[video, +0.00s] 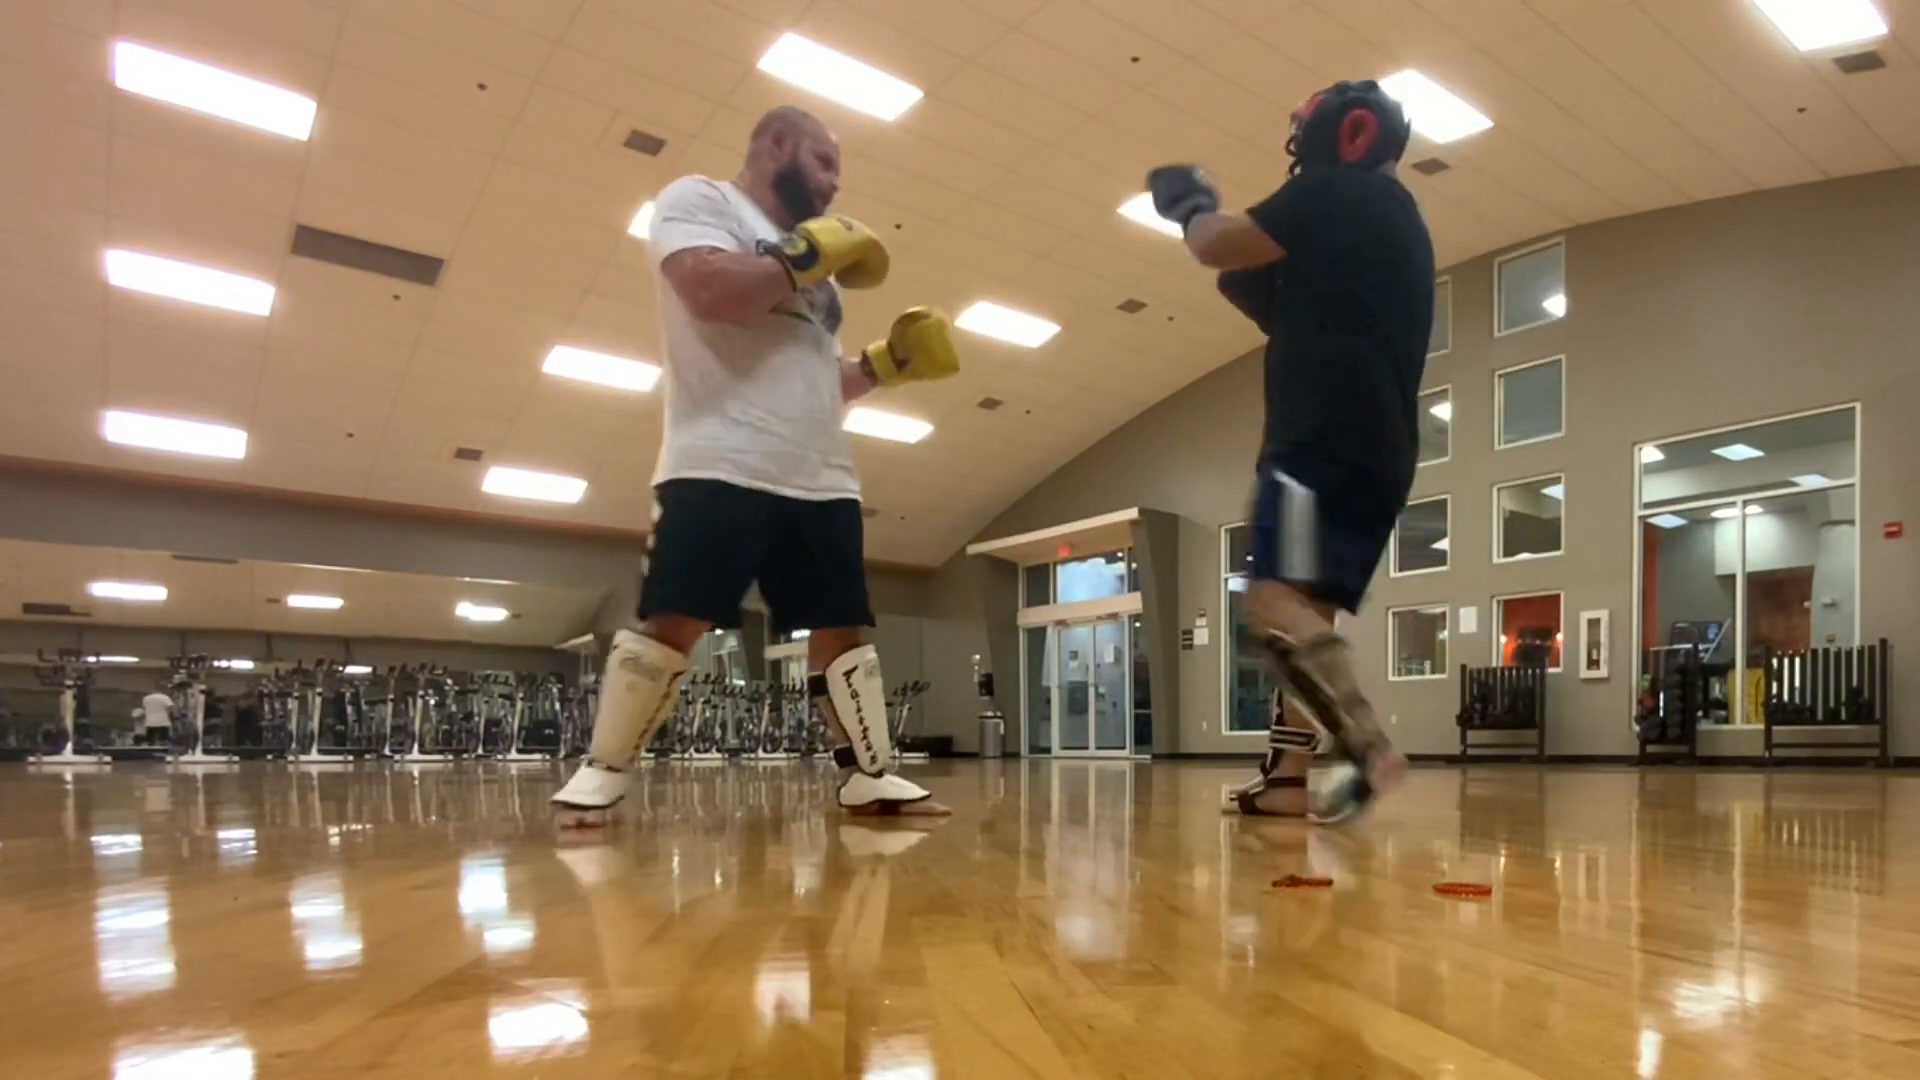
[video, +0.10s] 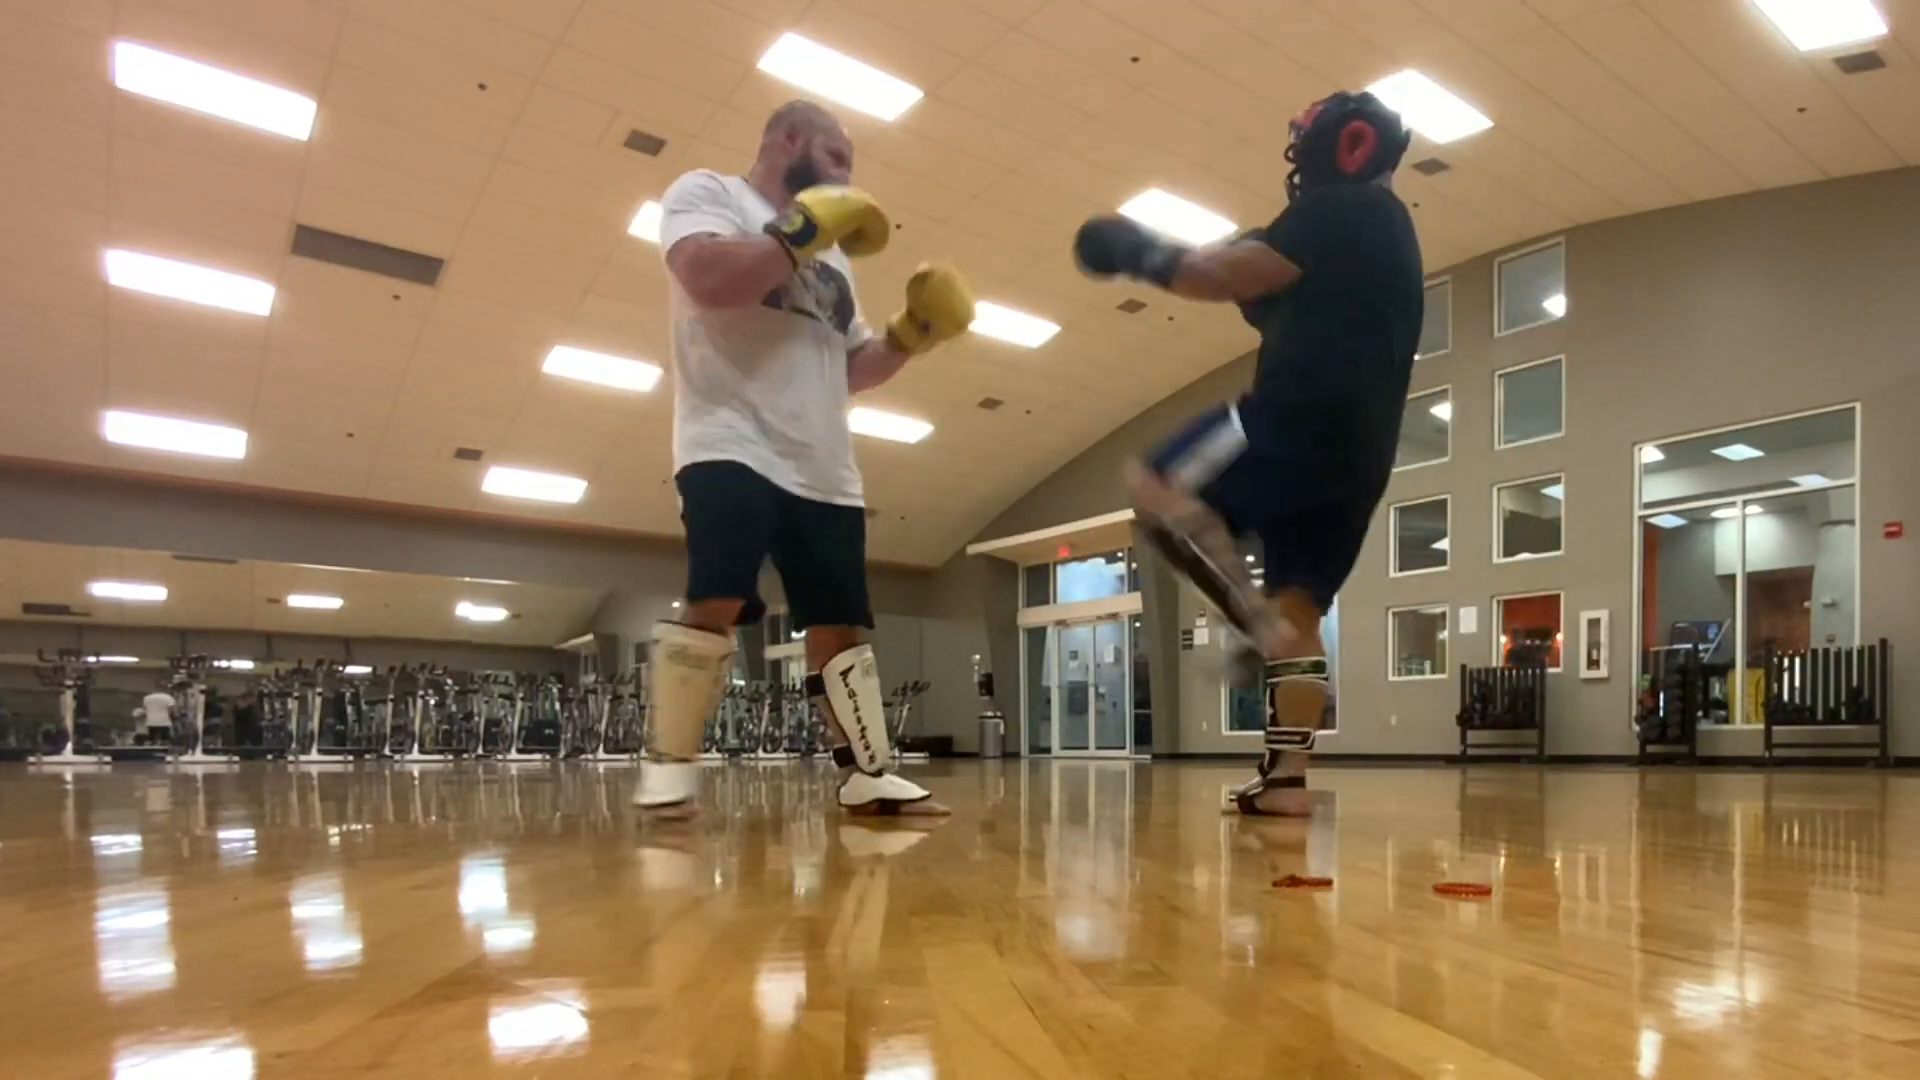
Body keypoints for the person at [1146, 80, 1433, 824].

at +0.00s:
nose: (1291, 140)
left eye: (1303, 125)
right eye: (1295, 129)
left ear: (1352, 130)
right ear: (1368, 140)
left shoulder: (1333, 192)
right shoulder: (1395, 215)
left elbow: (1216, 245)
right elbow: (1308, 321)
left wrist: (1192, 202)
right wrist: (1228, 262)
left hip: (1322, 423)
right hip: (1379, 434)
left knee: (1273, 596)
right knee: (1310, 606)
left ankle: (1371, 750)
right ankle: (1291, 777)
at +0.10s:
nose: (1291, 150)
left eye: (1302, 136)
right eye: (1295, 137)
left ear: (1345, 142)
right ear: (1364, 150)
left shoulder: (1338, 207)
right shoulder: (1387, 226)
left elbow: (1228, 274)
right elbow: (1287, 324)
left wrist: (1144, 253)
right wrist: (1233, 265)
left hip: (1299, 416)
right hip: (1363, 446)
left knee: (1163, 488)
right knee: (1295, 607)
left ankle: (1254, 617)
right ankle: (1288, 778)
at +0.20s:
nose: (1284, 148)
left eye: (1300, 136)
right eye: (1291, 137)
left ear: (1344, 153)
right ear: (1349, 158)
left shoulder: (1342, 211)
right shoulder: (1363, 231)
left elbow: (1280, 288)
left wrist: (1161, 304)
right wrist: (1251, 268)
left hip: (1283, 411)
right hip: (1330, 452)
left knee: (1134, 363)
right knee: (1283, 609)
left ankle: (1105, 511)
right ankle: (1285, 781)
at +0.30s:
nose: (1280, 167)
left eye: (1294, 156)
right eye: (1285, 156)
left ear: (1339, 166)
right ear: (1346, 170)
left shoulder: (1344, 216)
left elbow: (1331, 286)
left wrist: (1223, 324)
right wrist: (1171, 313)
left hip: (1263, 407)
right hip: (1308, 457)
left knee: (1115, 346)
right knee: (1272, 609)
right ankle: (1283, 780)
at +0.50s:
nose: (1289, 197)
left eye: (1302, 182)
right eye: (1292, 184)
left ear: (1342, 182)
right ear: (1358, 189)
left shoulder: (1359, 231)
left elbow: (1345, 290)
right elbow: (1289, 367)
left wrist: (1256, 276)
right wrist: (1226, 302)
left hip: (1260, 413)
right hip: (1309, 465)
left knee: (1095, 419)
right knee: (1267, 611)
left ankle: (948, 467)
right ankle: (1278, 781)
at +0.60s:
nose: (1290, 179)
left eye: (1304, 167)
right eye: (1293, 170)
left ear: (1349, 174)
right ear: (1355, 180)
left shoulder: (1366, 232)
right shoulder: (1324, 255)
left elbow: (1325, 279)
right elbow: (1301, 359)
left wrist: (1218, 223)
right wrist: (1248, 319)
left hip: (1274, 421)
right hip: (1318, 460)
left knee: (1121, 433)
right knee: (1273, 604)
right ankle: (1277, 780)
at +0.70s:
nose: (1294, 189)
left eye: (1308, 173)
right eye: (1296, 177)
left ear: (1355, 176)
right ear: (1361, 182)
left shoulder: (1367, 229)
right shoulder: (1351, 261)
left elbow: (1302, 257)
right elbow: (1287, 358)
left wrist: (1226, 177)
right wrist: (1237, 283)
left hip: (1296, 433)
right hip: (1349, 458)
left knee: (1167, 518)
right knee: (1289, 608)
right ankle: (1280, 778)